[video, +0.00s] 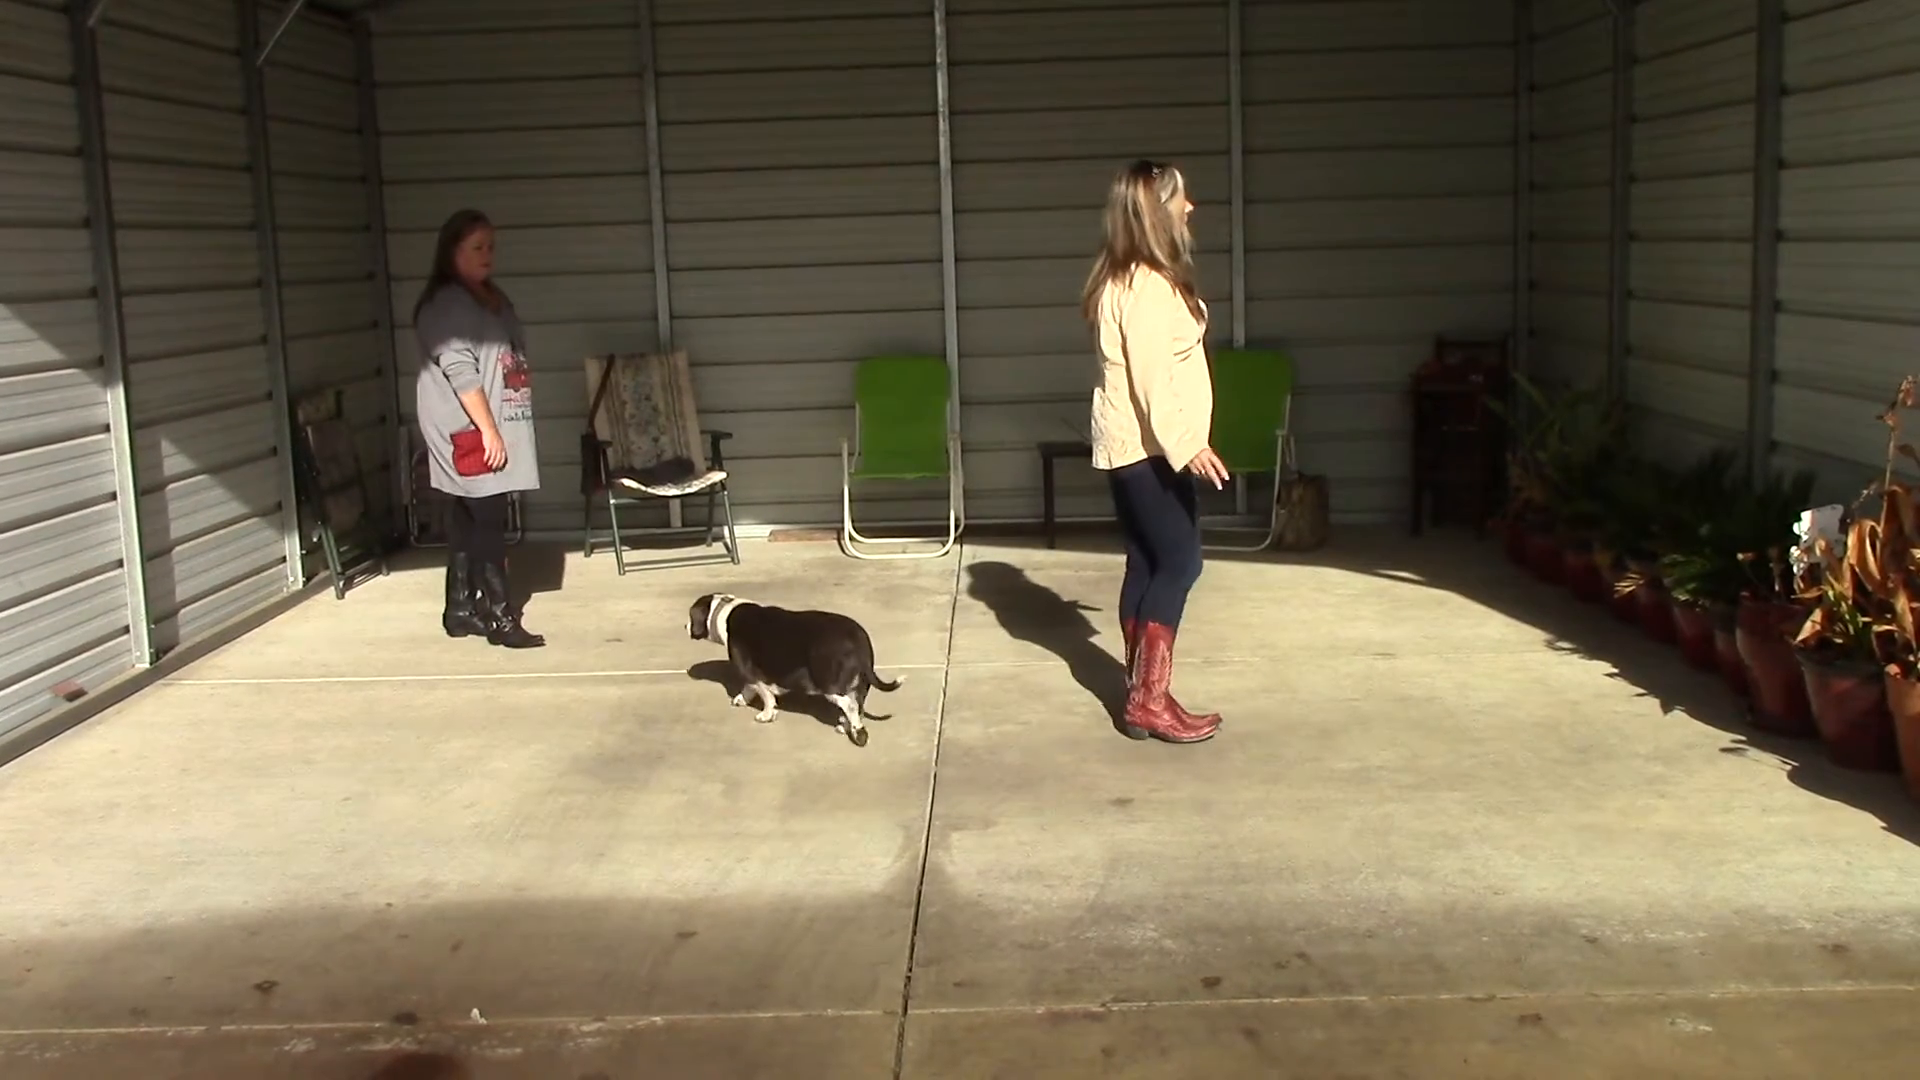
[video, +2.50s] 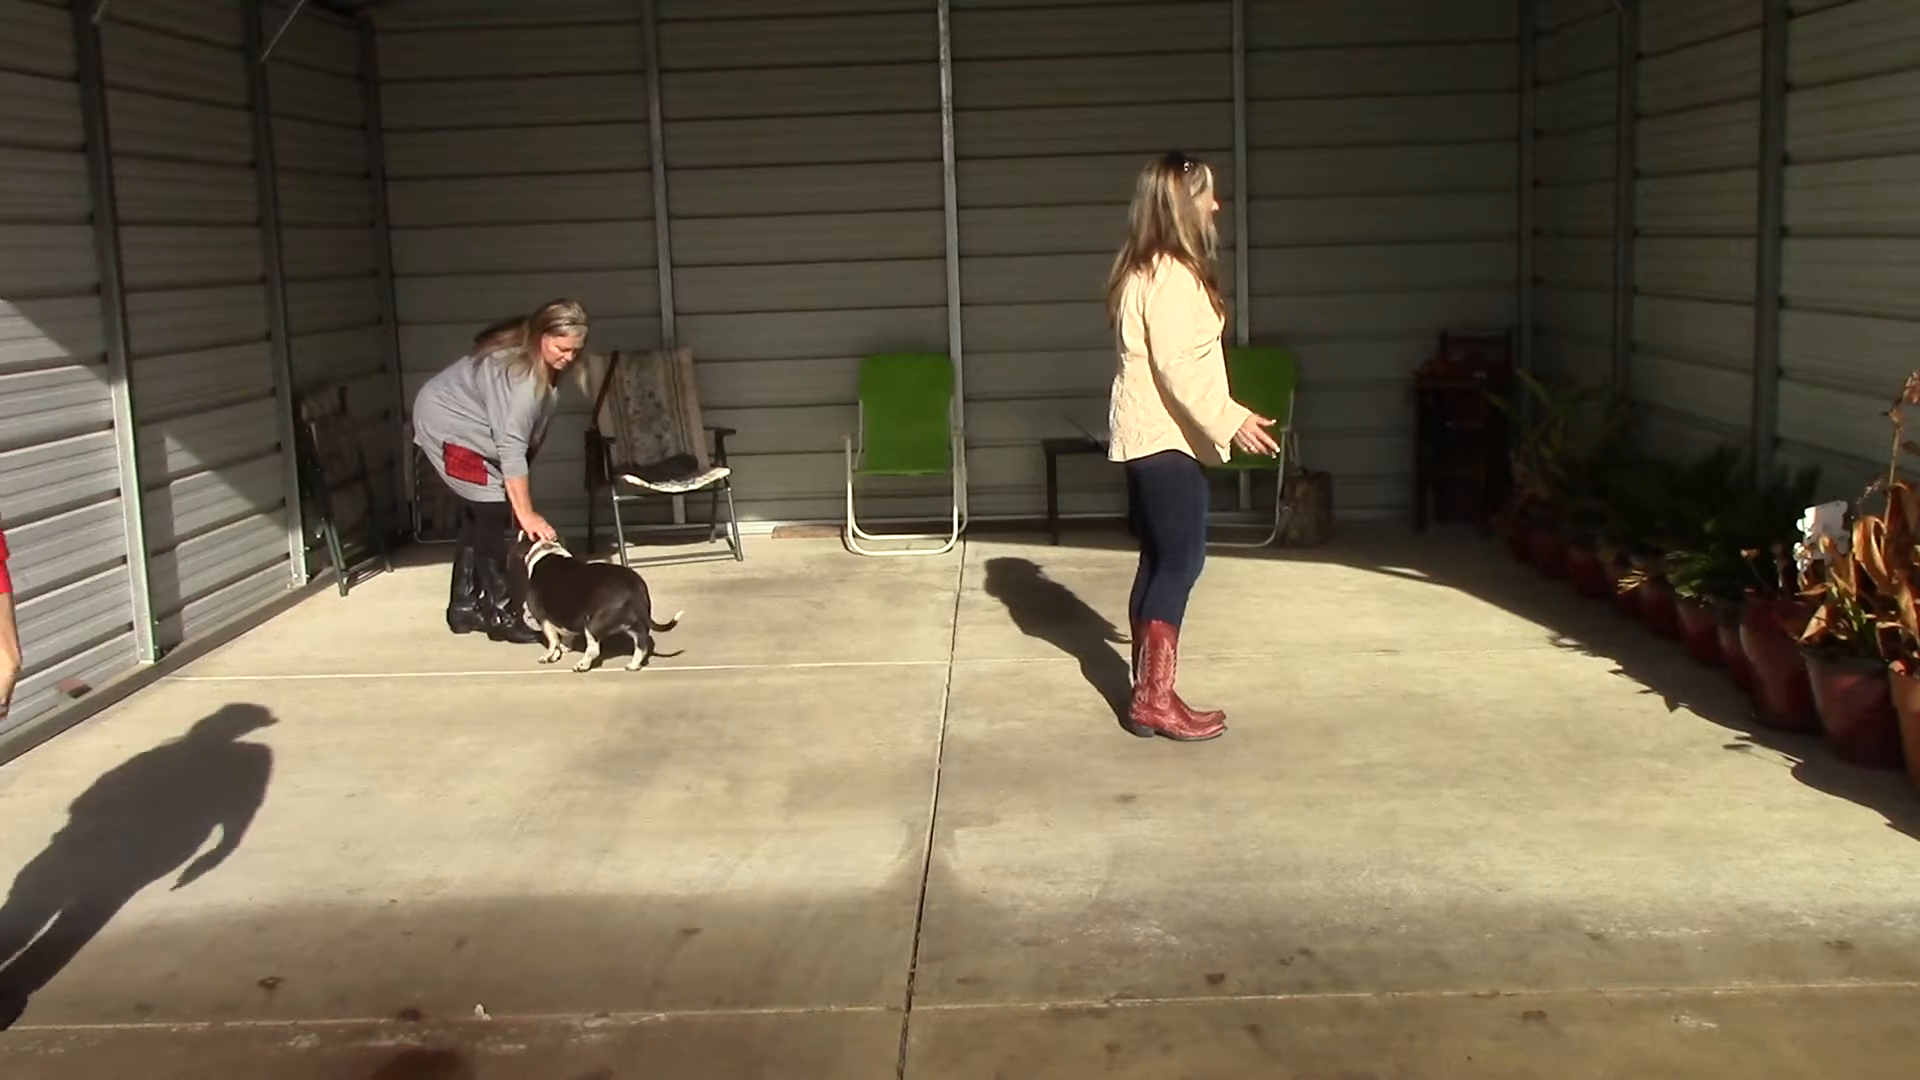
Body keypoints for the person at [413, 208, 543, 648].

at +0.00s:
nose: (486, 255)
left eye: (489, 247)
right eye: (477, 248)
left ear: (492, 251)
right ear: (452, 253)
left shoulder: (494, 301)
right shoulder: (443, 306)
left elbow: (509, 362)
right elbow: (460, 373)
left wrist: (511, 426)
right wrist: (487, 428)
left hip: (487, 426)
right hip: (461, 428)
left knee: (468, 514)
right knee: (489, 515)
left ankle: (460, 606)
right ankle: (498, 614)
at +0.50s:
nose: (485, 255)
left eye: (488, 247)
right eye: (475, 248)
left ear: (491, 250)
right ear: (450, 251)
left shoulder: (494, 298)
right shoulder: (442, 303)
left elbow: (511, 358)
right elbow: (455, 369)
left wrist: (527, 412)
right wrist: (485, 422)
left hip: (485, 421)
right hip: (459, 424)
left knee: (469, 513)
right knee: (482, 514)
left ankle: (460, 606)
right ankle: (497, 614)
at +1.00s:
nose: (492, 255)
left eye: (495, 247)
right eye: (483, 247)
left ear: (496, 249)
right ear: (458, 249)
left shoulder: (487, 294)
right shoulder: (451, 298)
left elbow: (495, 360)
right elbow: (467, 366)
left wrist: (508, 421)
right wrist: (491, 423)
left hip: (485, 420)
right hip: (469, 423)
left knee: (478, 510)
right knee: (490, 510)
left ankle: (464, 602)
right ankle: (500, 611)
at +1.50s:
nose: (497, 265)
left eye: (501, 256)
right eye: (489, 256)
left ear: (503, 256)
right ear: (465, 255)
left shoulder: (497, 300)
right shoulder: (455, 305)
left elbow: (502, 367)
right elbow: (468, 377)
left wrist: (509, 429)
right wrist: (489, 435)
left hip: (485, 429)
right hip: (469, 432)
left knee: (471, 515)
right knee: (489, 517)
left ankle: (464, 604)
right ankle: (497, 610)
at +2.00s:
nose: (543, 318)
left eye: (548, 311)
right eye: (536, 310)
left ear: (552, 307)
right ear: (513, 302)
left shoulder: (531, 338)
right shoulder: (496, 342)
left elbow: (528, 403)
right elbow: (497, 418)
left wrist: (515, 454)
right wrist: (518, 484)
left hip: (477, 420)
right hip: (444, 421)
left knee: (482, 506)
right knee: (491, 506)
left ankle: (465, 603)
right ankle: (501, 611)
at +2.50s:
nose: (567, 358)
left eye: (573, 351)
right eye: (560, 349)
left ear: (581, 344)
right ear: (540, 336)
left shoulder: (541, 364)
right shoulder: (519, 374)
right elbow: (511, 448)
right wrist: (527, 514)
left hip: (463, 417)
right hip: (444, 419)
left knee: (482, 506)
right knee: (494, 507)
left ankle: (464, 605)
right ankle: (501, 611)